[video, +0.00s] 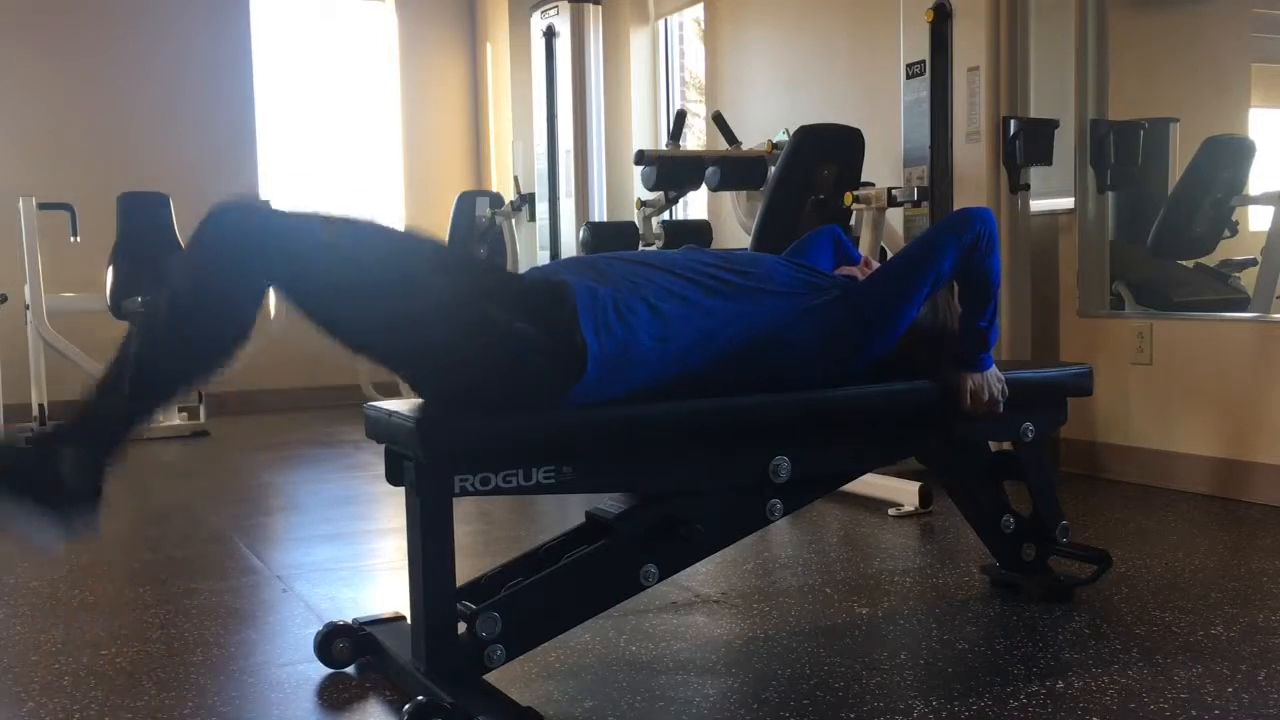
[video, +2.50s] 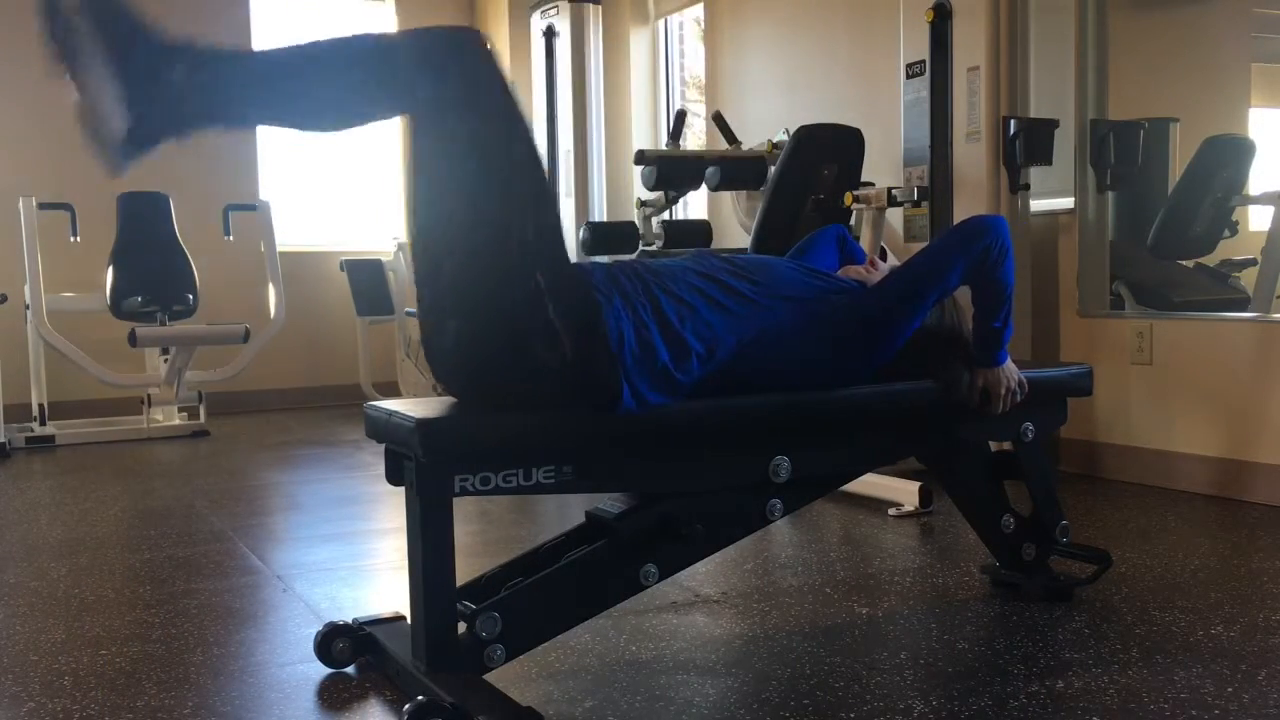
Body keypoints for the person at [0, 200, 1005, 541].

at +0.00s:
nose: (868, 254)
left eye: (885, 262)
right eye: (870, 251)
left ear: (903, 306)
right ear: (848, 270)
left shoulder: (854, 325)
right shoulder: (776, 278)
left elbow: (976, 213)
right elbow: (828, 167)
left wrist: (966, 326)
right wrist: (877, 263)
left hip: (531, 339)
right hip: (506, 305)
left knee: (241, 224)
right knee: (260, 221)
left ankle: (77, 458)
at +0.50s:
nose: (879, 258)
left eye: (896, 268)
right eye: (880, 253)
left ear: (913, 310)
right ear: (858, 266)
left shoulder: (869, 326)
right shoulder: (805, 282)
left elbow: (991, 231)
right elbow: (826, 226)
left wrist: (982, 354)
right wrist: (873, 269)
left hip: (556, 343)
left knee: (648, 81)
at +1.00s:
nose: (892, 258)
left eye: (904, 269)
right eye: (895, 258)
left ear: (917, 309)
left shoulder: (888, 326)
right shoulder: (838, 287)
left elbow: (1007, 239)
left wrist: (987, 359)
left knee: (838, 190)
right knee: (793, 172)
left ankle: (872, 8)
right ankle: (825, 3)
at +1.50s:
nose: (890, 254)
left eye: (902, 269)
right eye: (898, 257)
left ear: (910, 311)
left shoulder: (879, 330)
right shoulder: (839, 277)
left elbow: (998, 237)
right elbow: (817, 215)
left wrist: (1001, 352)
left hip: (607, 320)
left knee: (802, 181)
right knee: (776, 171)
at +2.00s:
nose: (877, 256)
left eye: (893, 269)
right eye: (882, 254)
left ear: (903, 313)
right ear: (859, 273)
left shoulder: (870, 331)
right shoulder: (808, 286)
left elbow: (989, 232)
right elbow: (827, 229)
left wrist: (998, 353)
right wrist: (870, 267)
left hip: (558, 349)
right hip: (527, 329)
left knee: (678, 127)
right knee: (681, 129)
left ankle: (533, 9)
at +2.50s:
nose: (870, 244)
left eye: (889, 249)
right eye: (870, 237)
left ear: (899, 298)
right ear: (850, 259)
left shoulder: (855, 329)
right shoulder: (800, 292)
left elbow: (992, 235)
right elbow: (824, 200)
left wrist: (986, 349)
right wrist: (870, 249)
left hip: (539, 356)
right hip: (531, 326)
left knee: (452, 64)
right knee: (451, 63)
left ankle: (156, 98)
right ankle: (169, 80)